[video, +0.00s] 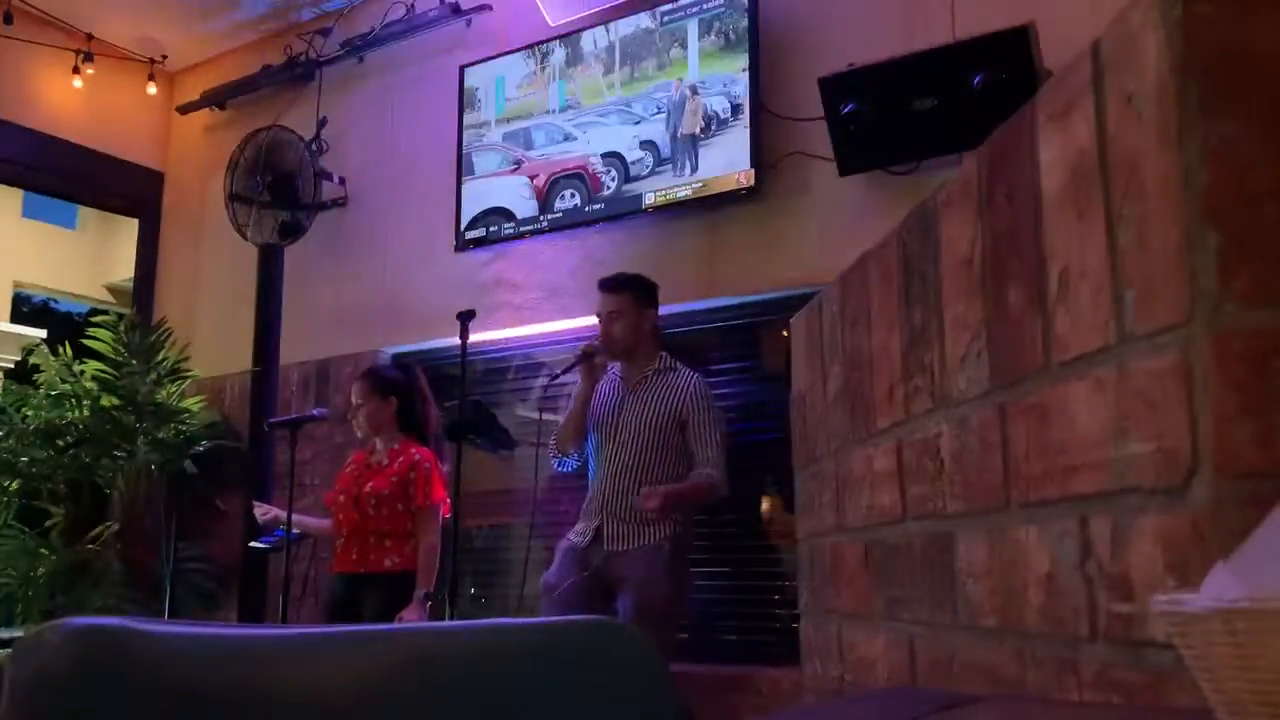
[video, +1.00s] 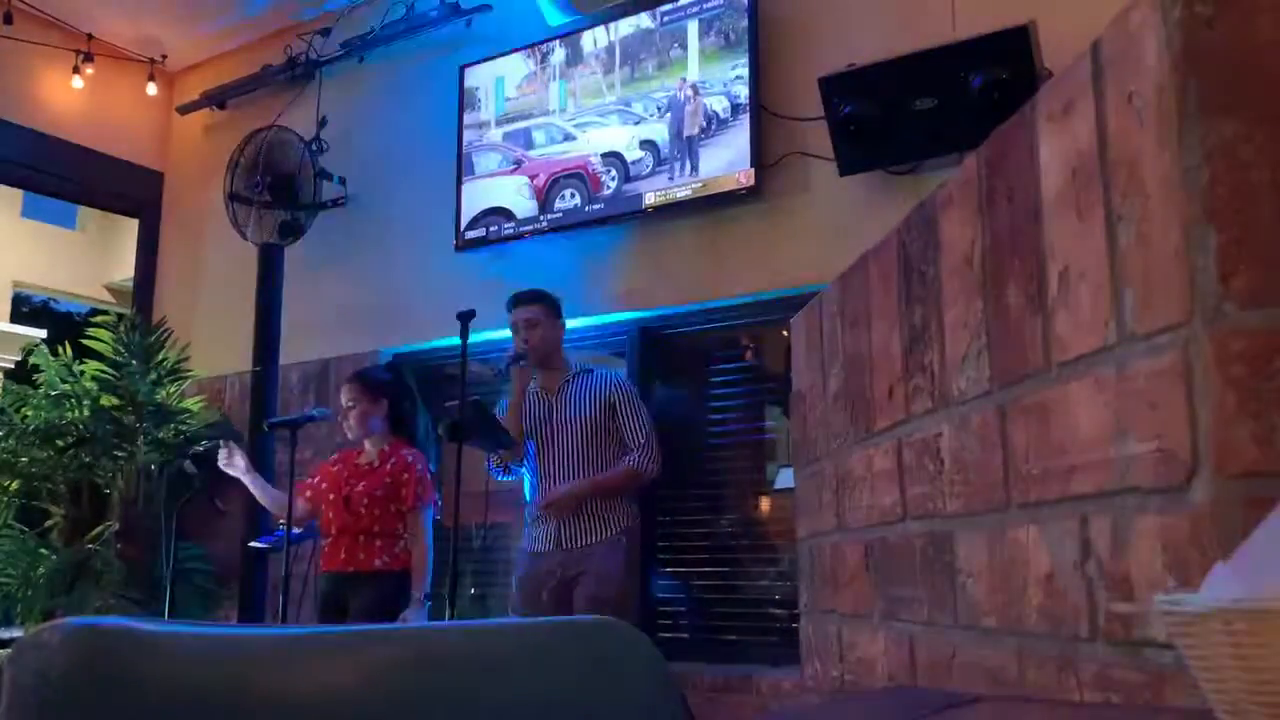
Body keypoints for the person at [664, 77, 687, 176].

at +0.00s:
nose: (675, 86)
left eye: (677, 84)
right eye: (674, 84)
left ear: (681, 85)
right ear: (673, 85)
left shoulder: (684, 96)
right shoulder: (669, 96)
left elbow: (686, 111)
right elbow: (668, 112)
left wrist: (684, 125)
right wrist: (667, 126)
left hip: (681, 124)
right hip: (672, 125)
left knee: (681, 147)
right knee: (673, 148)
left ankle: (681, 169)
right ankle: (674, 169)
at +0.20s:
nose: (678, 85)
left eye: (680, 83)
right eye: (677, 83)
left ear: (683, 84)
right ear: (676, 84)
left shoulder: (686, 96)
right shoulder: (672, 96)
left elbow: (687, 111)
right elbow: (668, 109)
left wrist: (685, 125)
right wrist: (666, 120)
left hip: (683, 124)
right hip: (673, 124)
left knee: (682, 148)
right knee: (671, 148)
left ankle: (681, 169)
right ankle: (673, 169)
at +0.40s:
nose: (679, 85)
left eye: (681, 83)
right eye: (679, 82)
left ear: (685, 84)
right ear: (678, 83)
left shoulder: (687, 96)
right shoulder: (673, 96)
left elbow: (689, 111)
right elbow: (668, 109)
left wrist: (687, 125)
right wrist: (663, 115)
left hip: (684, 125)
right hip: (674, 125)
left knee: (682, 148)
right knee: (672, 149)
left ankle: (682, 170)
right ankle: (671, 170)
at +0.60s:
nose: (681, 84)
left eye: (683, 83)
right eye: (681, 82)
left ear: (686, 84)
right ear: (679, 83)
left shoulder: (688, 97)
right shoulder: (674, 96)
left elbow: (691, 110)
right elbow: (668, 109)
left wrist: (690, 124)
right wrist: (659, 113)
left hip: (684, 123)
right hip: (674, 123)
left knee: (682, 147)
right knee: (671, 148)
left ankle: (682, 170)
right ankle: (669, 171)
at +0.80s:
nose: (681, 85)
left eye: (683, 83)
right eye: (680, 82)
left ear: (686, 84)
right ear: (678, 84)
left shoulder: (688, 97)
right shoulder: (673, 97)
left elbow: (690, 110)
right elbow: (668, 108)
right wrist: (660, 113)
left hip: (684, 124)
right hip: (674, 124)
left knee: (683, 148)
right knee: (671, 148)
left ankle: (682, 170)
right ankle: (668, 172)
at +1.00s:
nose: (680, 85)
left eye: (681, 83)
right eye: (679, 83)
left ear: (684, 84)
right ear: (677, 84)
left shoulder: (687, 96)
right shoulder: (672, 97)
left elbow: (690, 109)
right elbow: (667, 108)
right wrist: (660, 114)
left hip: (684, 124)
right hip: (674, 124)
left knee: (683, 149)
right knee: (672, 149)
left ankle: (682, 170)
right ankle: (671, 173)